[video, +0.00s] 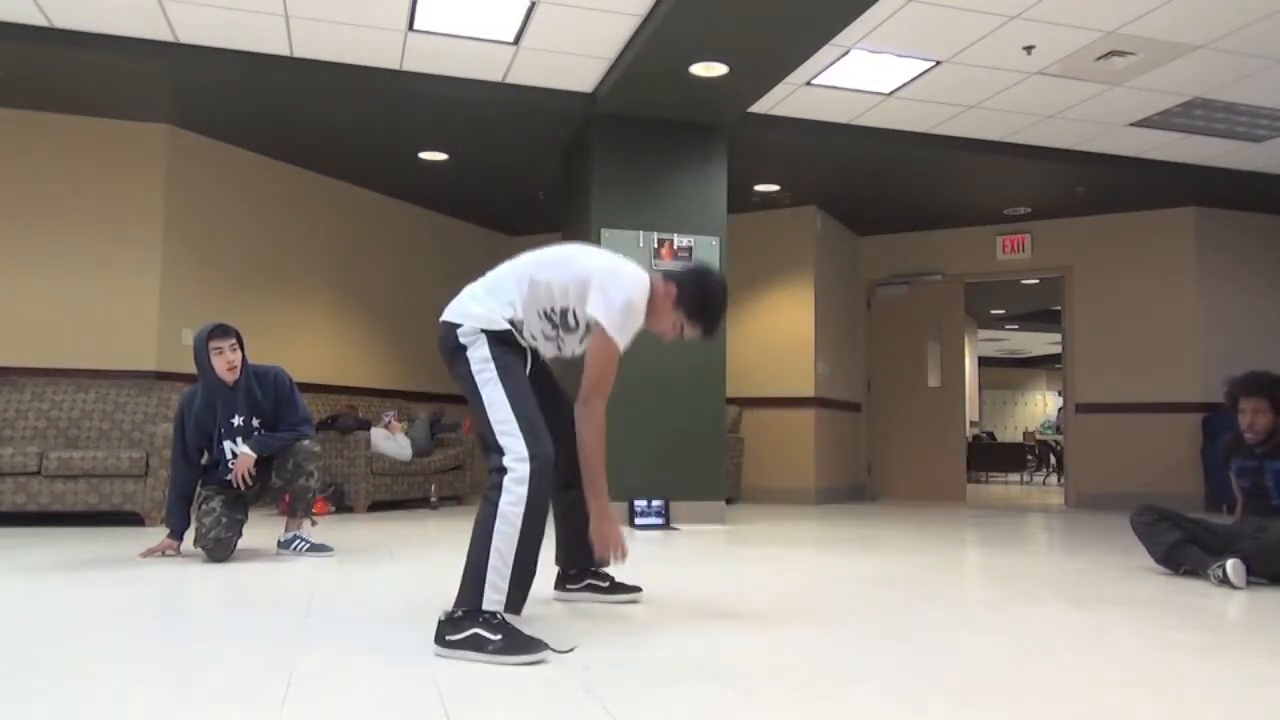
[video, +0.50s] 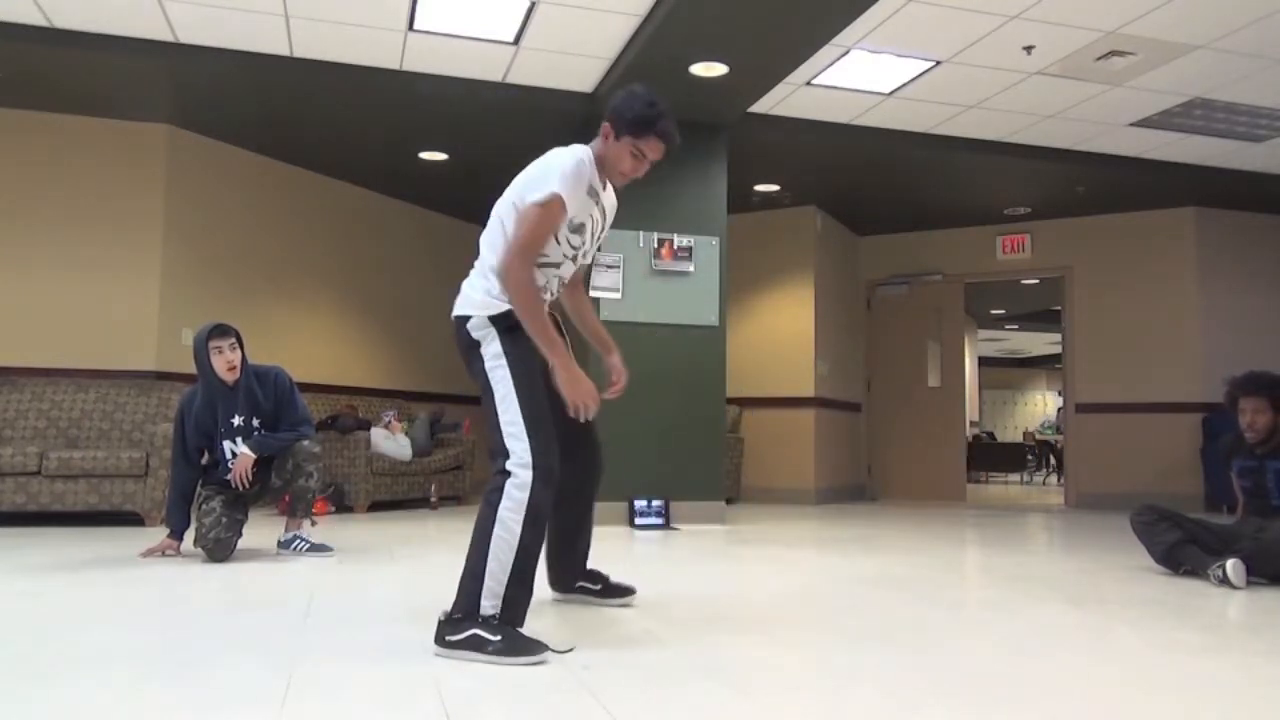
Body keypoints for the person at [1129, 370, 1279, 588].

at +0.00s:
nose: (1249, 422)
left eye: (1259, 413)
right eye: (1243, 413)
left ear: (1276, 416)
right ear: (1235, 415)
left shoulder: (1276, 451)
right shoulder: (1234, 450)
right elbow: (1241, 500)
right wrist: (1236, 530)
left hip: (1271, 536)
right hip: (1239, 533)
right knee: (1144, 515)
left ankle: (1197, 562)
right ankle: (1210, 566)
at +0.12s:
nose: (1248, 422)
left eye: (1258, 413)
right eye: (1242, 413)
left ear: (1276, 416)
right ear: (1234, 416)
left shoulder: (1276, 452)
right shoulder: (1234, 451)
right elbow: (1242, 501)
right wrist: (1236, 531)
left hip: (1271, 536)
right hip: (1239, 534)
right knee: (1144, 515)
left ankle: (1197, 562)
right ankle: (1210, 566)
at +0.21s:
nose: (1248, 423)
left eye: (1258, 414)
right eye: (1242, 414)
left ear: (1276, 416)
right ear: (1234, 416)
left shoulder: (1275, 452)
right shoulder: (1234, 450)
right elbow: (1242, 501)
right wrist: (1237, 530)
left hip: (1270, 536)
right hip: (1239, 534)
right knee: (1144, 515)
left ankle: (1197, 562)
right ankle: (1210, 566)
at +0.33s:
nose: (1248, 422)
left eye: (1259, 413)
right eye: (1242, 413)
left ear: (1276, 415)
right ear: (1235, 415)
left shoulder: (1275, 452)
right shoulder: (1234, 450)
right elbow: (1242, 501)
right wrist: (1236, 530)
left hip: (1270, 536)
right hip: (1238, 533)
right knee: (1144, 515)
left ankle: (1198, 562)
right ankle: (1210, 566)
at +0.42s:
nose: (1249, 421)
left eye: (1259, 412)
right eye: (1243, 412)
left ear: (1277, 415)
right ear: (1235, 415)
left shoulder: (1275, 452)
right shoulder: (1236, 451)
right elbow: (1243, 502)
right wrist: (1236, 531)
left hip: (1271, 536)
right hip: (1239, 533)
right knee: (1144, 515)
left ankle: (1198, 563)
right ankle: (1210, 566)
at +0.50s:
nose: (1249, 421)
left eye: (1259, 412)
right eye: (1243, 412)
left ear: (1277, 415)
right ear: (1235, 415)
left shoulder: (1275, 452)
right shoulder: (1235, 450)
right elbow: (1243, 501)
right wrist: (1236, 531)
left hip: (1271, 536)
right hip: (1239, 533)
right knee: (1144, 515)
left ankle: (1197, 562)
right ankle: (1210, 566)